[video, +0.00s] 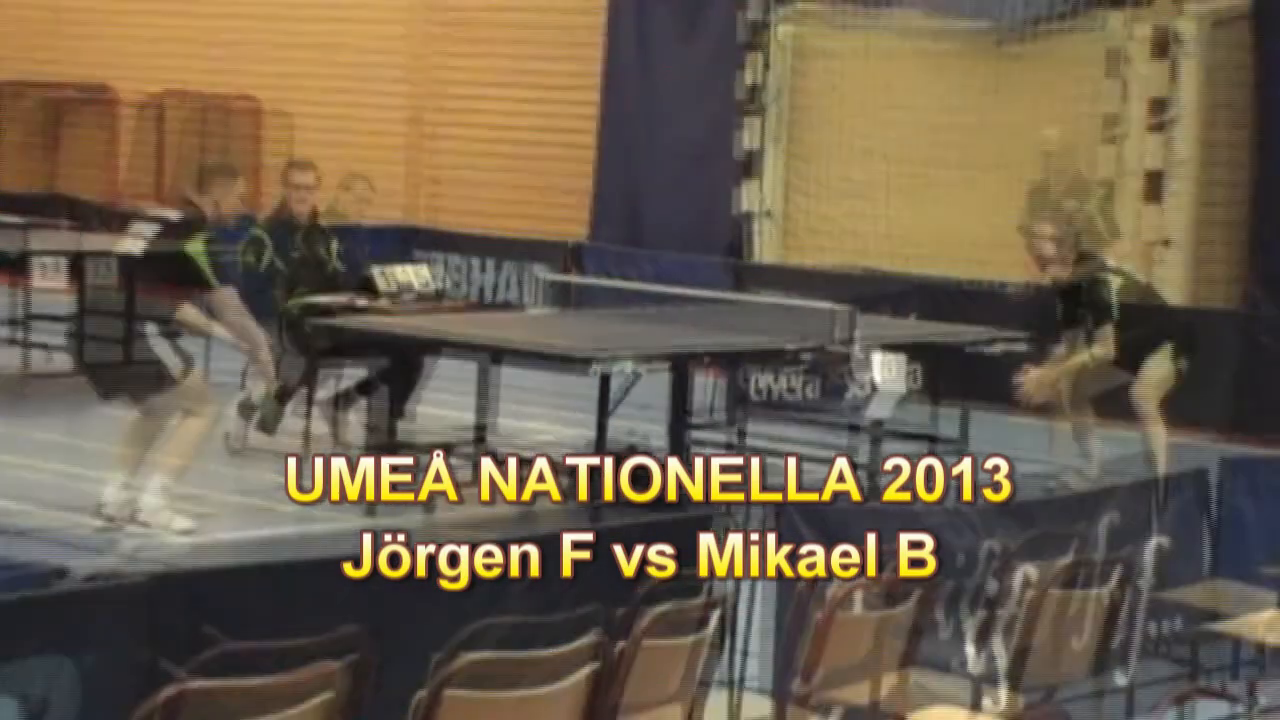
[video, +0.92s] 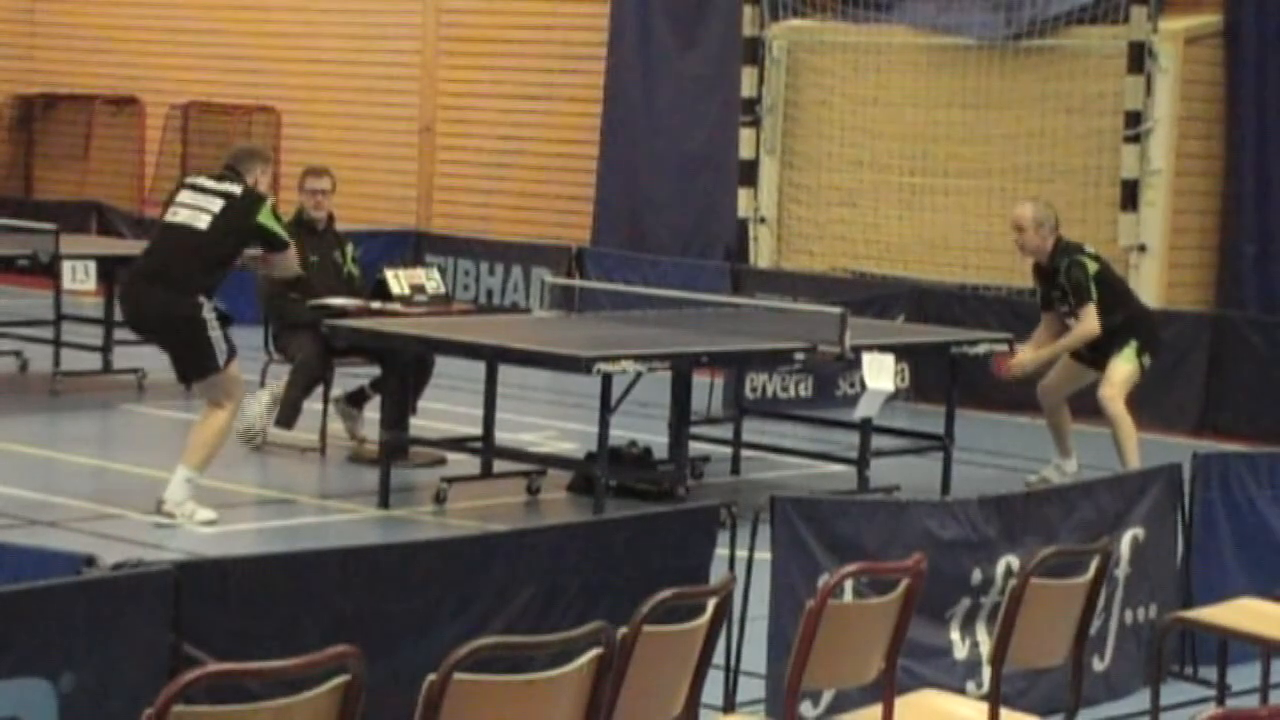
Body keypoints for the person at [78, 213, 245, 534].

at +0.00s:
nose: (241, 202)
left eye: (241, 192)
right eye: (236, 191)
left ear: (195, 191)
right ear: (211, 191)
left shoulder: (144, 230)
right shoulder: (189, 235)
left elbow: (172, 304)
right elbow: (224, 301)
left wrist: (225, 335)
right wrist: (260, 349)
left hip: (96, 339)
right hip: (140, 340)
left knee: (159, 406)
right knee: (203, 405)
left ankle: (117, 496)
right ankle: (152, 501)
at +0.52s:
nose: (267, 210)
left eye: (268, 202)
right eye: (264, 201)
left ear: (227, 197)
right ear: (244, 199)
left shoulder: (186, 222)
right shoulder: (233, 234)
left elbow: (206, 295)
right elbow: (280, 301)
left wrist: (273, 310)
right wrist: (299, 338)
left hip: (123, 319)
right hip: (165, 325)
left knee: (187, 405)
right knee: (230, 403)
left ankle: (139, 491)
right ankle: (175, 497)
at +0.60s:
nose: (268, 203)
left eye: (269, 195)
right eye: (266, 194)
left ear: (227, 187)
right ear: (248, 191)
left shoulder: (189, 212)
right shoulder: (235, 224)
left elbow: (208, 277)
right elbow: (286, 286)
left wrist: (271, 277)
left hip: (127, 315)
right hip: (170, 320)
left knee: (188, 401)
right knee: (229, 401)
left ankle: (140, 488)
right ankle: (175, 497)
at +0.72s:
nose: (265, 191)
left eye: (266, 184)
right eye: (265, 183)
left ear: (226, 175)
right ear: (251, 180)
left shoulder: (189, 198)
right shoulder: (239, 213)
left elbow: (223, 232)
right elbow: (295, 268)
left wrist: (276, 234)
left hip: (129, 303)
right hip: (171, 309)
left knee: (186, 383)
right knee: (227, 397)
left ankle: (156, 466)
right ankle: (177, 494)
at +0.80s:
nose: (265, 187)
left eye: (266, 180)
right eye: (265, 180)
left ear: (225, 169)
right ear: (252, 176)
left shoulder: (188, 191)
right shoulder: (247, 208)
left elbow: (210, 236)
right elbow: (300, 264)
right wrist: (267, 272)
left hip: (131, 298)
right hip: (174, 306)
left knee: (189, 374)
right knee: (228, 398)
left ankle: (199, 455)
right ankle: (176, 495)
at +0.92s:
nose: (268, 185)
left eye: (269, 180)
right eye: (268, 179)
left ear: (228, 167)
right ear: (257, 175)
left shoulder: (189, 183)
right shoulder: (255, 204)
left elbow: (187, 232)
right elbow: (288, 265)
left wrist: (234, 252)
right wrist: (250, 260)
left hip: (136, 294)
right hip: (180, 304)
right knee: (227, 398)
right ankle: (177, 495)